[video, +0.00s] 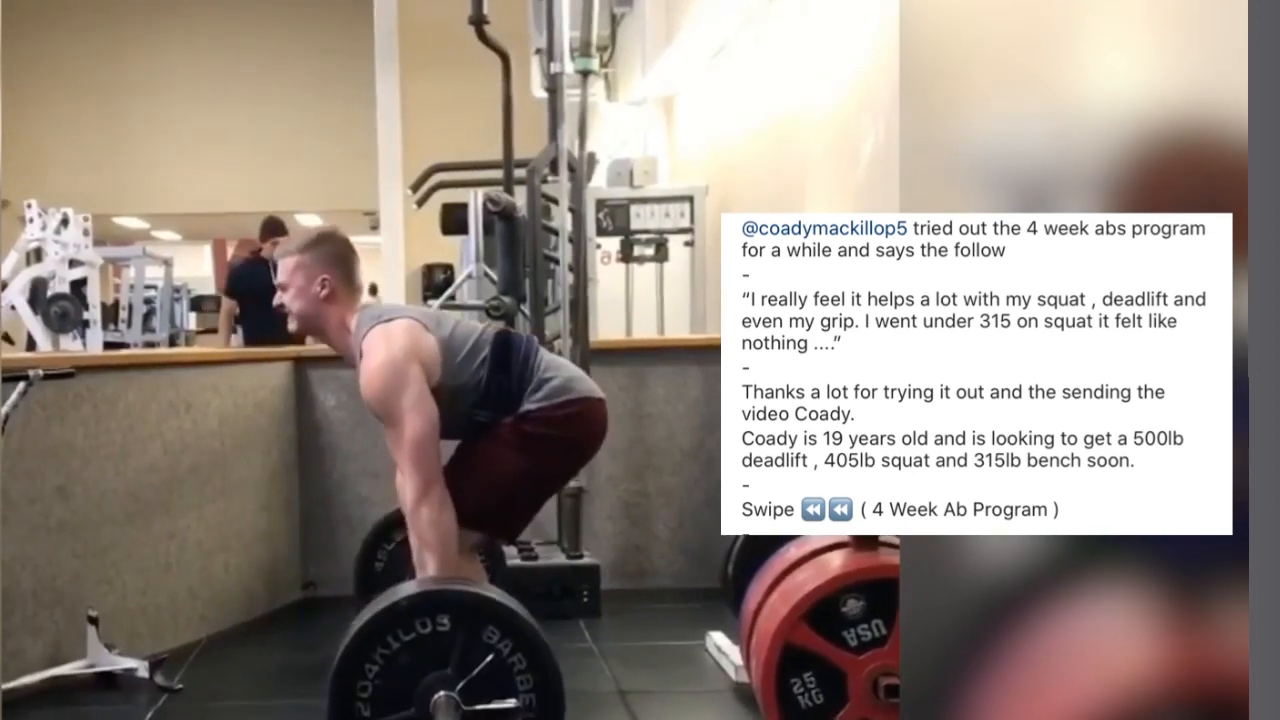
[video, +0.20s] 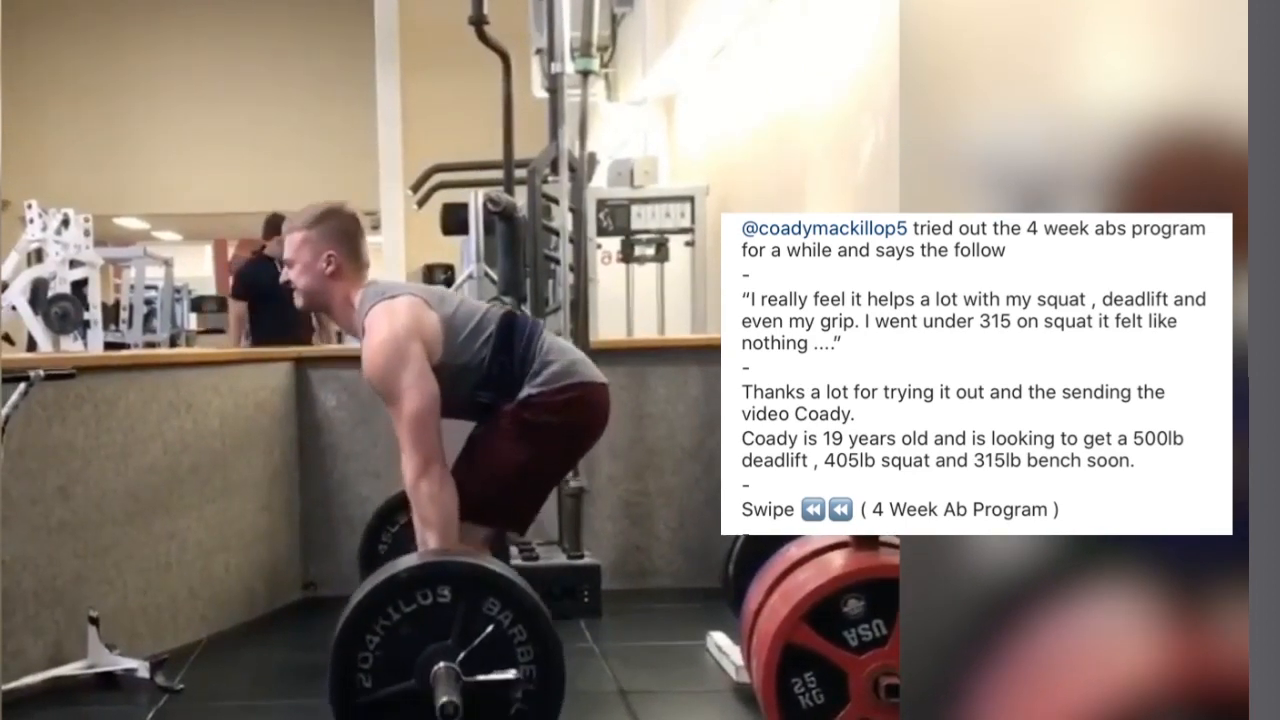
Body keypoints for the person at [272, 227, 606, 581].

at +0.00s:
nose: (277, 302)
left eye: (284, 289)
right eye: (277, 290)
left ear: (323, 287)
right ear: (324, 288)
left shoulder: (388, 356)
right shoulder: (377, 343)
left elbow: (425, 492)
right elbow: (411, 476)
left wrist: (436, 608)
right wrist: (430, 591)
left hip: (558, 407)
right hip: (542, 403)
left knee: (448, 537)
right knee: (441, 533)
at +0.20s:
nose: (284, 277)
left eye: (292, 265)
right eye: (284, 266)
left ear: (329, 263)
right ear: (331, 264)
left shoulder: (390, 333)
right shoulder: (384, 319)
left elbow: (427, 471)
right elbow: (418, 460)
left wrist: (437, 591)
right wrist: (433, 578)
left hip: (559, 391)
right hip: (551, 388)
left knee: (458, 537)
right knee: (459, 531)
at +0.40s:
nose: (292, 241)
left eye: (299, 227)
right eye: (292, 229)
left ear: (336, 227)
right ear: (335, 227)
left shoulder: (395, 297)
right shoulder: (389, 287)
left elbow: (430, 440)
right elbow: (421, 433)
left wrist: (444, 560)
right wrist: (436, 556)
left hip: (553, 376)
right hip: (536, 376)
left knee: (480, 526)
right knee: (478, 524)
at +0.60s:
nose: (308, 191)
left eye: (316, 176)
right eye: (308, 177)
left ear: (355, 181)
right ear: (359, 181)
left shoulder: (405, 258)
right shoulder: (395, 251)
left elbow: (437, 400)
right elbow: (429, 392)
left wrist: (448, 520)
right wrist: (440, 510)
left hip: (546, 367)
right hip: (523, 368)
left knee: (480, 521)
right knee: (476, 519)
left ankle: (480, 692)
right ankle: (472, 687)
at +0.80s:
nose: (332, 137)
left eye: (342, 124)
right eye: (334, 125)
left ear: (379, 130)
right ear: (383, 132)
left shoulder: (422, 216)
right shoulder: (407, 210)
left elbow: (443, 359)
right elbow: (441, 350)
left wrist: (452, 486)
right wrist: (444, 479)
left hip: (532, 369)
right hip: (508, 367)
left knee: (478, 528)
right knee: (473, 524)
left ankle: (489, 700)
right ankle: (480, 691)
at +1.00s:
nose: (377, 99)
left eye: (387, 85)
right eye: (378, 85)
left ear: (425, 90)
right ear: (426, 93)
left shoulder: (451, 182)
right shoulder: (440, 174)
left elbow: (460, 324)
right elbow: (471, 296)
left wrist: (444, 459)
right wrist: (434, 329)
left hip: (511, 368)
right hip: (500, 363)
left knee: (486, 531)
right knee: (481, 528)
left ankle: (489, 701)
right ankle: (480, 690)